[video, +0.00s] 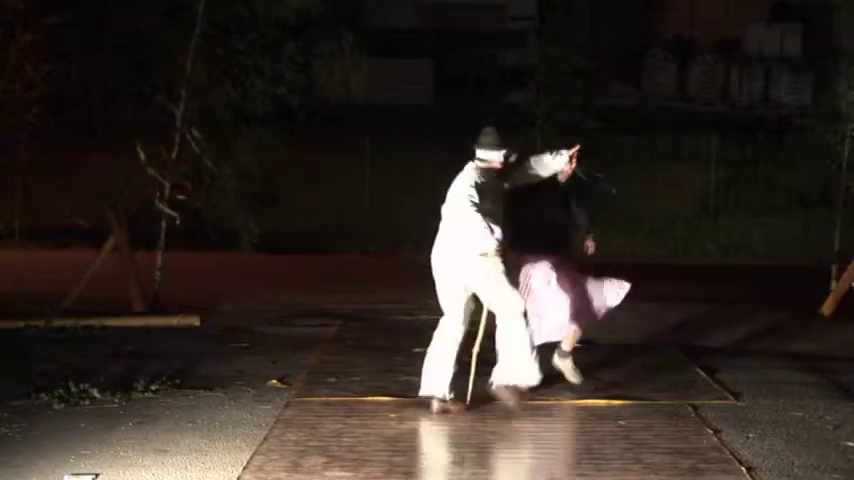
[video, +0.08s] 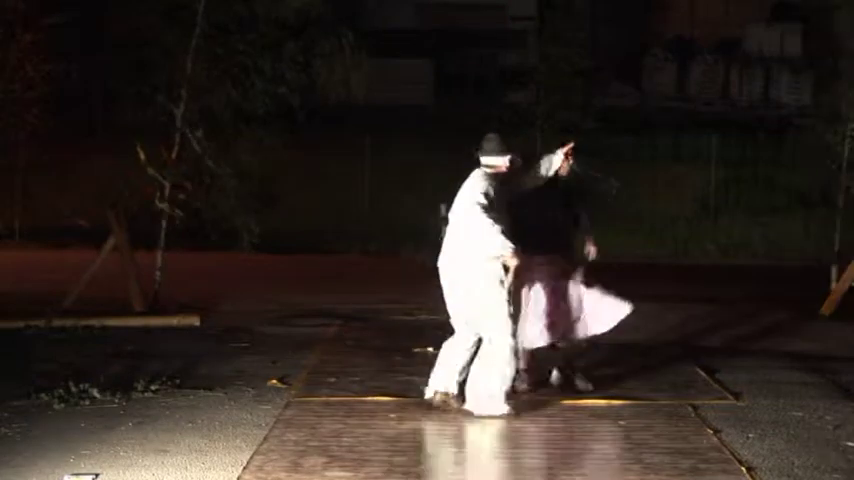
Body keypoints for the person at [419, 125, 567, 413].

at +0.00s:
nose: (503, 160)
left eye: (503, 155)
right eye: (499, 155)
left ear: (491, 155)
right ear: (488, 156)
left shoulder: (493, 175)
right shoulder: (469, 181)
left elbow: (524, 171)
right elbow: (468, 217)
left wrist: (557, 160)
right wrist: (488, 247)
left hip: (449, 258)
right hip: (470, 257)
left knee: (454, 319)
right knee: (510, 306)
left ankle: (436, 390)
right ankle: (509, 379)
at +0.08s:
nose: (508, 164)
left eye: (507, 159)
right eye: (503, 160)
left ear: (489, 161)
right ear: (494, 162)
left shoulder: (492, 180)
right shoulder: (478, 187)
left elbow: (523, 180)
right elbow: (480, 225)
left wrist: (554, 162)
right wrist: (506, 250)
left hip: (462, 268)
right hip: (476, 270)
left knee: (467, 329)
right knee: (499, 332)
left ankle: (441, 388)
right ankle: (487, 400)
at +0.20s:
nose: (515, 169)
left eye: (513, 164)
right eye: (512, 165)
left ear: (490, 165)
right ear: (509, 167)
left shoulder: (485, 187)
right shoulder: (490, 193)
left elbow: (501, 229)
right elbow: (504, 230)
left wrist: (522, 256)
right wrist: (529, 257)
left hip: (470, 265)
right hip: (480, 269)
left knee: (488, 315)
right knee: (503, 329)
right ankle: (486, 399)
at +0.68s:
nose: (546, 168)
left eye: (546, 163)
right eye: (542, 164)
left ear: (524, 159)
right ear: (530, 164)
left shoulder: (519, 181)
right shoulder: (516, 188)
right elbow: (522, 236)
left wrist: (533, 130)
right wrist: (547, 271)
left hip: (505, 263)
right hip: (498, 266)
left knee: (524, 320)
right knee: (511, 324)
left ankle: (521, 375)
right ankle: (482, 392)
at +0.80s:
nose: (547, 164)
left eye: (547, 159)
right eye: (546, 159)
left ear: (527, 153)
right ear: (543, 158)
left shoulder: (518, 173)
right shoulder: (530, 180)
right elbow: (538, 219)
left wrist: (548, 251)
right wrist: (559, 250)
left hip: (493, 251)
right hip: (507, 258)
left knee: (542, 278)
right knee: (506, 325)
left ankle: (530, 339)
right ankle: (483, 391)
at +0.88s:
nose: (557, 154)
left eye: (554, 150)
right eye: (556, 150)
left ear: (535, 145)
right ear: (556, 150)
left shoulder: (517, 165)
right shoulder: (546, 175)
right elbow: (555, 213)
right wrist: (574, 244)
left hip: (493, 240)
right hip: (513, 248)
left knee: (546, 276)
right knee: (516, 314)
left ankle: (538, 339)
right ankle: (486, 379)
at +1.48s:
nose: (530, 146)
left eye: (528, 140)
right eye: (524, 141)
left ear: (505, 144)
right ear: (508, 144)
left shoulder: (498, 173)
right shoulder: (507, 176)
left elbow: (518, 216)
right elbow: (526, 214)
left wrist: (546, 240)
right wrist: (555, 238)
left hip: (505, 263)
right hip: (510, 265)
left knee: (510, 321)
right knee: (521, 321)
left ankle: (494, 380)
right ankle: (520, 387)